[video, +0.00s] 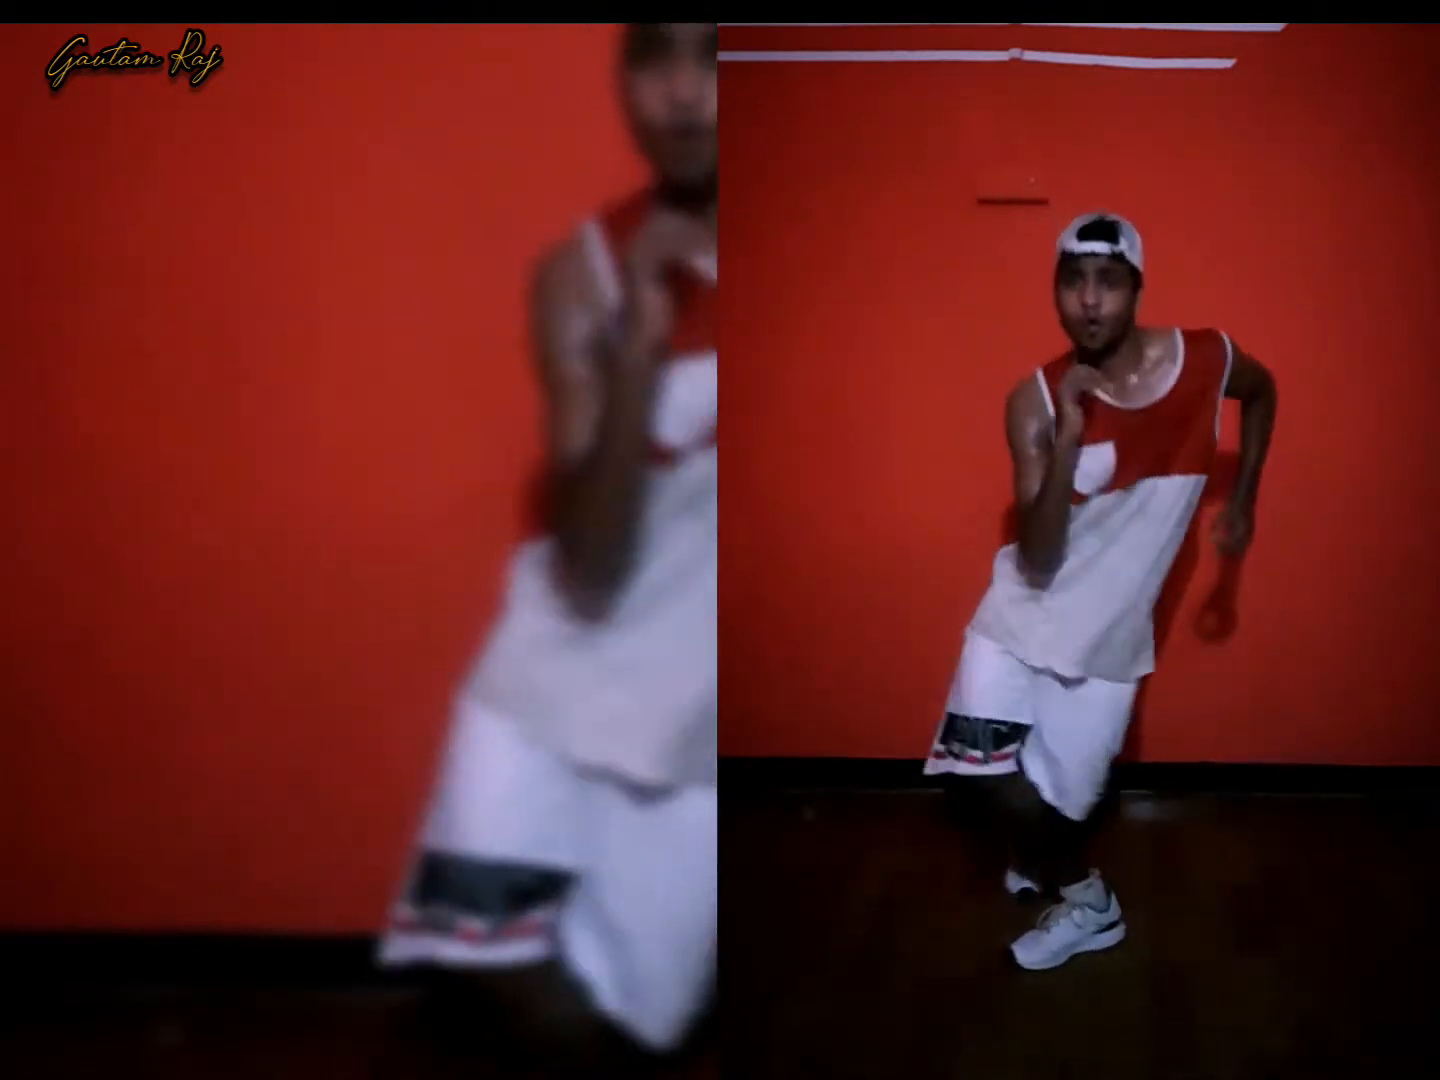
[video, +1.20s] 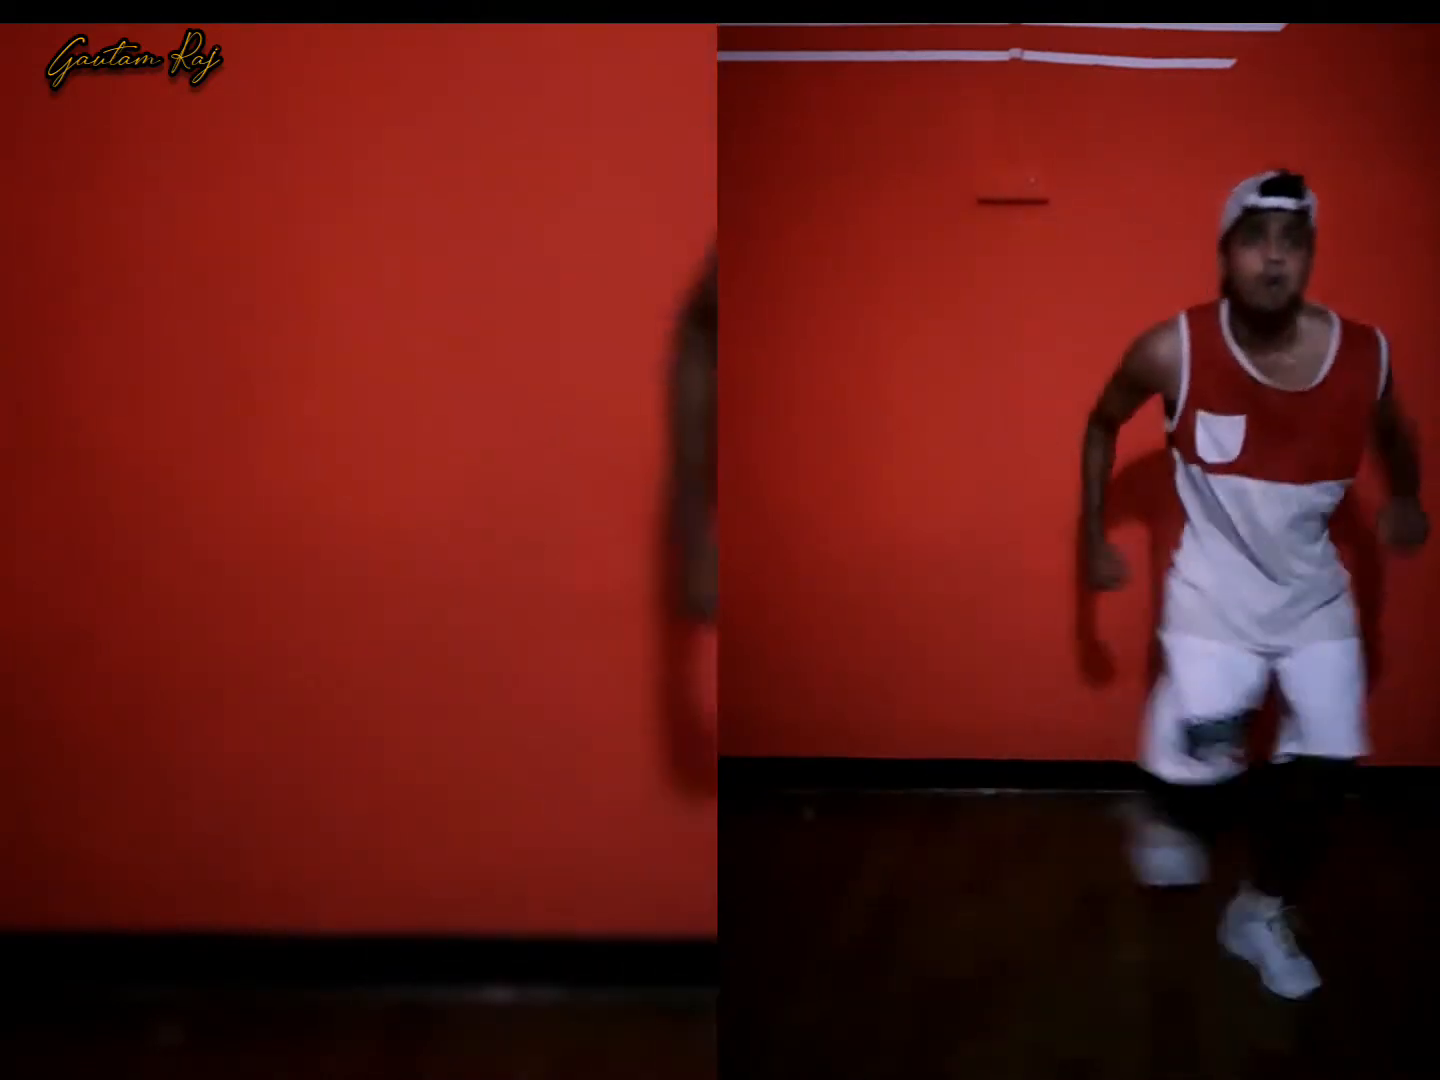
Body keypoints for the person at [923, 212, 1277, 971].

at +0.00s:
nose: (1089, 302)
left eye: (1107, 284)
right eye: (1074, 284)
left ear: (1138, 293)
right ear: (1058, 295)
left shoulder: (1202, 359)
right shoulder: (1037, 401)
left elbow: (1260, 390)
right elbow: (1039, 556)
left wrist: (1242, 499)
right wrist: (1066, 445)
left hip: (1113, 628)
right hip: (1023, 606)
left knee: (1064, 800)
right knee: (979, 757)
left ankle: (1034, 863)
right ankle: (1087, 899)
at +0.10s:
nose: (1104, 295)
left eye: (1123, 278)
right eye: (1089, 277)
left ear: (1151, 289)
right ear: (1068, 287)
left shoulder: (1209, 364)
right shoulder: (1036, 391)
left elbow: (1230, 421)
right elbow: (997, 538)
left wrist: (1218, 502)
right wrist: (1050, 516)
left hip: (1137, 625)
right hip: (1041, 613)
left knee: (1116, 796)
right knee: (1000, 763)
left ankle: (1077, 882)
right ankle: (1089, 904)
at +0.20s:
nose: (1123, 271)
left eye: (1140, 253)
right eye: (1106, 253)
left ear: (1165, 264)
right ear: (1081, 266)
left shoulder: (1206, 349)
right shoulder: (1044, 366)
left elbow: (1212, 435)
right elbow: (983, 487)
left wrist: (1196, 491)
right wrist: (1031, 576)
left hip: (1175, 573)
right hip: (1077, 577)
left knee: (1182, 737)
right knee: (1049, 753)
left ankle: (1137, 841)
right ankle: (1091, 899)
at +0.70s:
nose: (1135, 281)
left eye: (1152, 263)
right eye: (1116, 263)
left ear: (1174, 274)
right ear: (1093, 278)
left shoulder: (1241, 360)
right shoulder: (1061, 377)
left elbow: (1271, 433)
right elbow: (1024, 476)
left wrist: (1263, 507)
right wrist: (1023, 532)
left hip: (1203, 578)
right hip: (1102, 576)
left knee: (1174, 747)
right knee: (1073, 753)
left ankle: (1166, 850)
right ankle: (1100, 898)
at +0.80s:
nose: (1163, 268)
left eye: (1180, 250)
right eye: (1144, 250)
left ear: (1203, 264)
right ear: (1117, 264)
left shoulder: (1250, 358)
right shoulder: (1069, 361)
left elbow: (1288, 492)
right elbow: (1034, 444)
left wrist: (1287, 459)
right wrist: (1051, 544)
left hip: (1230, 587)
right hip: (1126, 580)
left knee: (1250, 762)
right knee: (1100, 763)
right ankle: (1109, 902)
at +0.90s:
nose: (1185, 261)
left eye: (1203, 243)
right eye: (1168, 243)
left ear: (1227, 257)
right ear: (1143, 257)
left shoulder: (1292, 345)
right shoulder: (1111, 356)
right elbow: (1058, 416)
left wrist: (1328, 480)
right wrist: (1064, 486)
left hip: (1244, 582)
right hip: (1136, 577)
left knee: (1285, 758)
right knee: (1107, 758)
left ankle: (1295, 915)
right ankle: (1094, 902)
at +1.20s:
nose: (1274, 257)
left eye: (1291, 240)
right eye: (1256, 239)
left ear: (1312, 257)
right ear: (1225, 256)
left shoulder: (1361, 355)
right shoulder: (1172, 351)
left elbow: (1392, 433)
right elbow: (1103, 426)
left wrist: (1405, 499)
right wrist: (1092, 535)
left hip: (1316, 595)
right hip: (1212, 597)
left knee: (1331, 760)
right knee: (1199, 777)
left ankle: (1261, 910)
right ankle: (1166, 821)